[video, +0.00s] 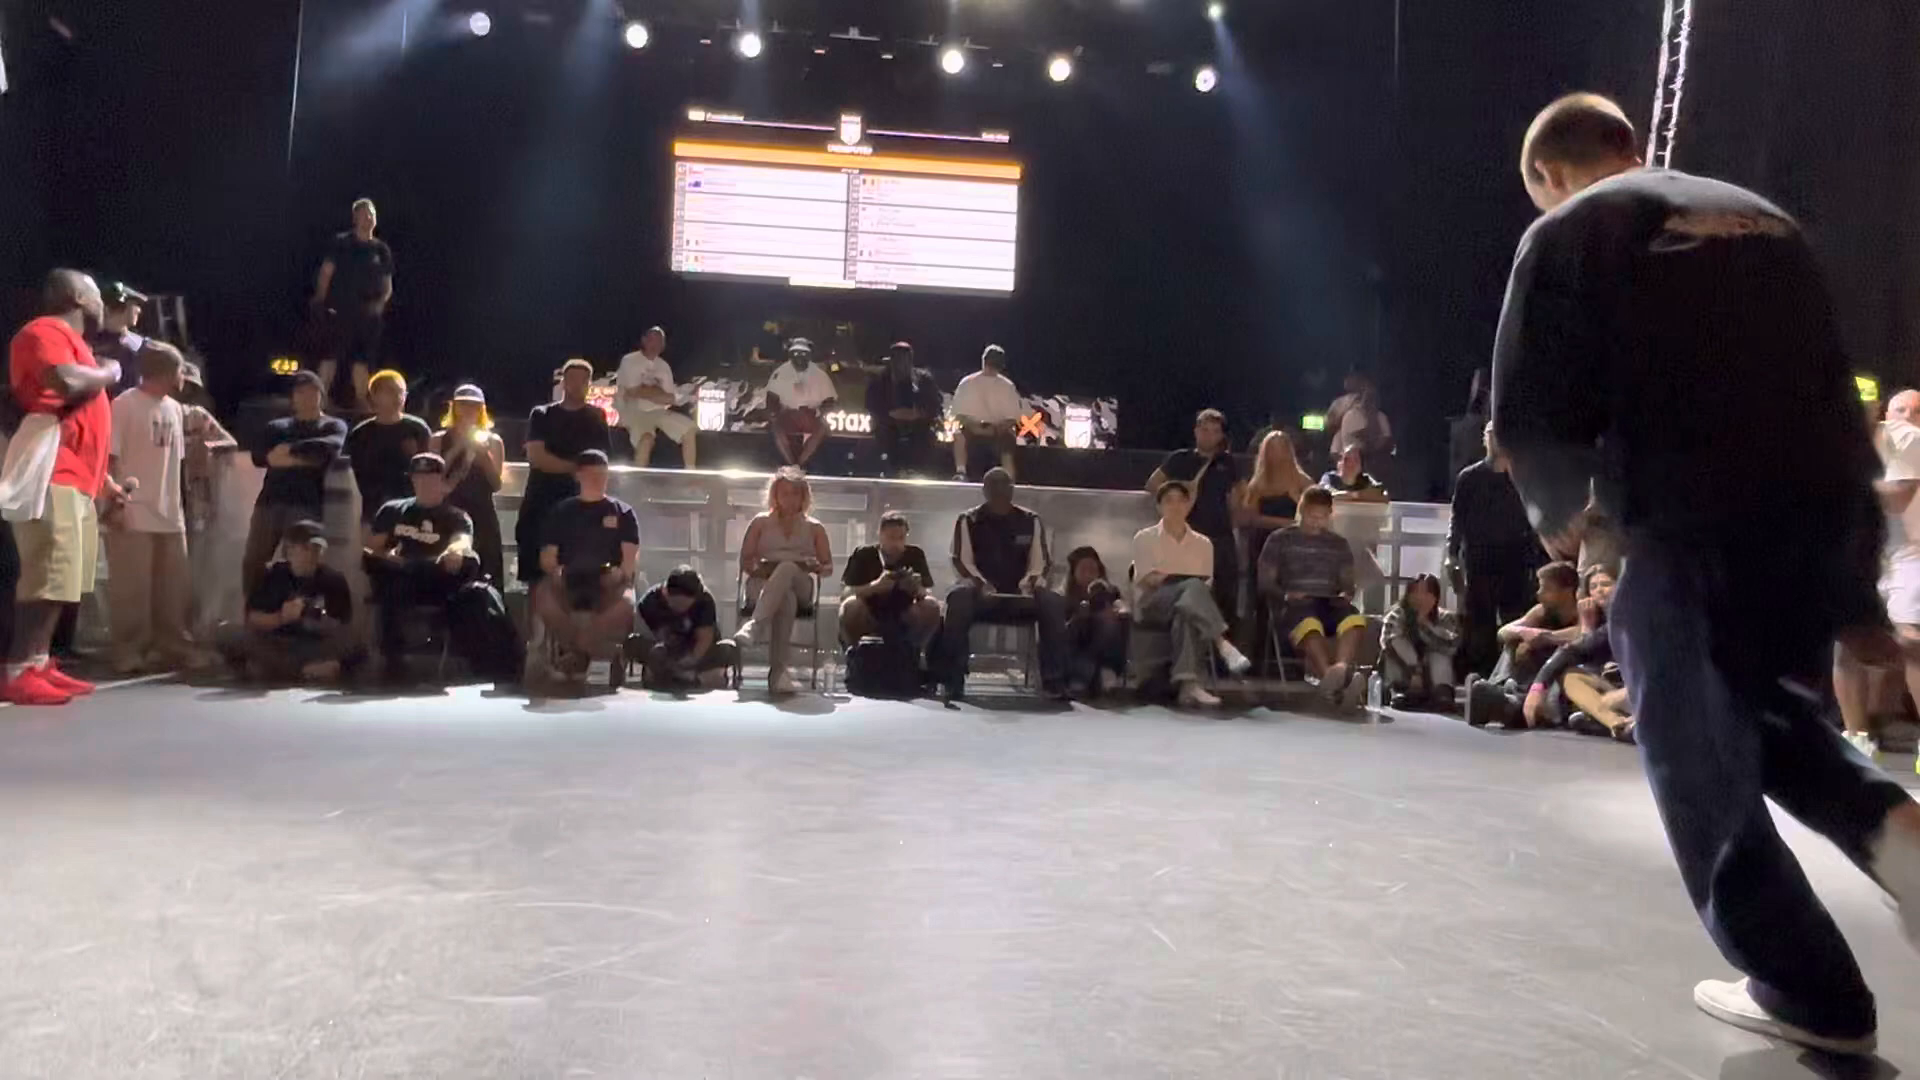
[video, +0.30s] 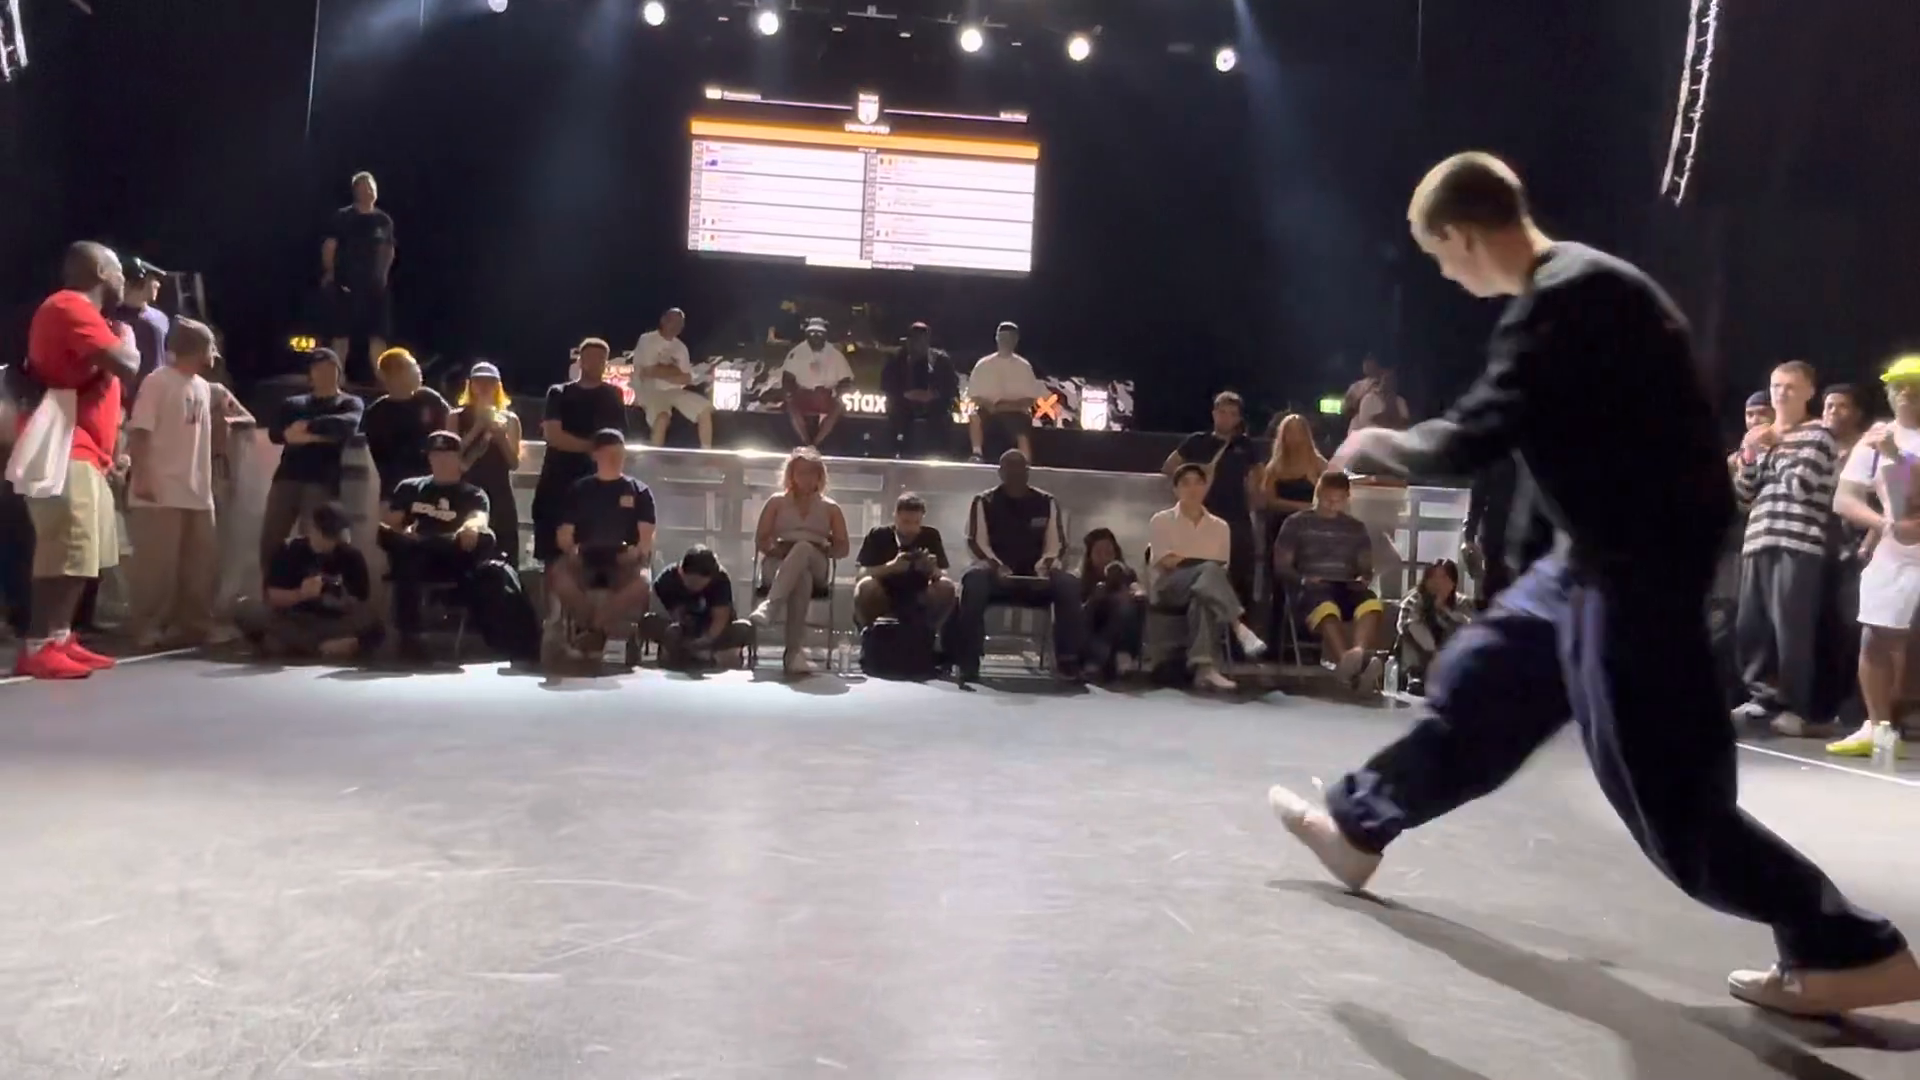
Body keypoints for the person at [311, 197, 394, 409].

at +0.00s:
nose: (367, 220)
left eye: (370, 216)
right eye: (362, 216)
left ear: (375, 220)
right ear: (354, 219)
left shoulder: (381, 249)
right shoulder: (340, 243)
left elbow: (387, 285)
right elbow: (326, 272)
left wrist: (379, 305)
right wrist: (320, 300)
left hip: (367, 311)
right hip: (338, 308)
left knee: (363, 360)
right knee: (330, 357)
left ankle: (363, 404)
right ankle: (320, 401)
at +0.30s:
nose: (367, 192)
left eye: (370, 188)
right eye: (363, 188)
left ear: (376, 191)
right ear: (354, 192)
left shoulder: (384, 220)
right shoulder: (342, 218)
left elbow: (388, 249)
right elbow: (329, 247)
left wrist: (382, 274)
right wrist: (330, 274)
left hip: (375, 284)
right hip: (346, 283)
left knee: (378, 335)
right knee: (341, 335)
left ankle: (381, 381)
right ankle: (337, 378)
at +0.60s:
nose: (377, 175)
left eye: (380, 170)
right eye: (372, 171)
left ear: (385, 174)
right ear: (364, 174)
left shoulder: (393, 202)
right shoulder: (349, 201)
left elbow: (394, 233)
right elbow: (339, 231)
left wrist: (386, 253)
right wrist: (341, 259)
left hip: (384, 265)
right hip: (356, 265)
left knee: (395, 317)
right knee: (356, 319)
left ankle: (403, 366)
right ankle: (354, 365)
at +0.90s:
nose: (392, 163)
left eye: (395, 159)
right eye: (387, 159)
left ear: (400, 162)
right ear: (378, 162)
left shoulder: (409, 189)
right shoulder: (365, 188)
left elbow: (410, 221)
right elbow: (355, 220)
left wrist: (406, 246)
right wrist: (359, 247)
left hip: (404, 254)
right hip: (375, 254)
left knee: (413, 304)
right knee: (373, 305)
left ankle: (416, 349)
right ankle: (370, 348)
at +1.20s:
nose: (422, 157)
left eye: (424, 152)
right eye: (417, 152)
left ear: (427, 155)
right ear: (406, 155)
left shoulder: (431, 183)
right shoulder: (387, 182)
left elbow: (434, 211)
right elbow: (377, 215)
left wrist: (424, 231)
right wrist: (385, 239)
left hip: (426, 244)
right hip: (397, 244)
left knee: (436, 296)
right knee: (389, 296)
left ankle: (441, 344)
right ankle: (384, 340)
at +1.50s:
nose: (474, 167)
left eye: (475, 162)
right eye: (471, 161)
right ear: (458, 161)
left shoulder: (467, 191)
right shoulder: (436, 181)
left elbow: (461, 221)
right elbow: (413, 207)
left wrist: (458, 242)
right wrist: (414, 237)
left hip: (455, 249)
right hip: (429, 246)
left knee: (457, 294)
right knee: (412, 292)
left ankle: (458, 340)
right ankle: (395, 332)